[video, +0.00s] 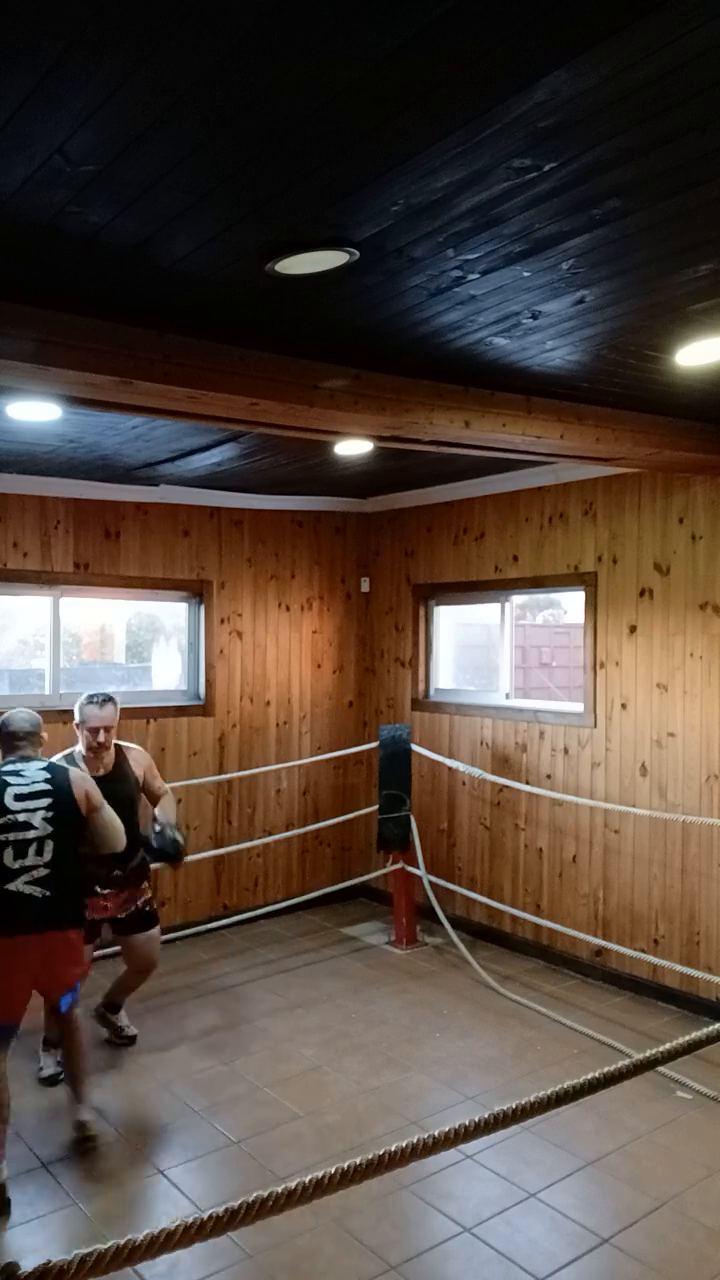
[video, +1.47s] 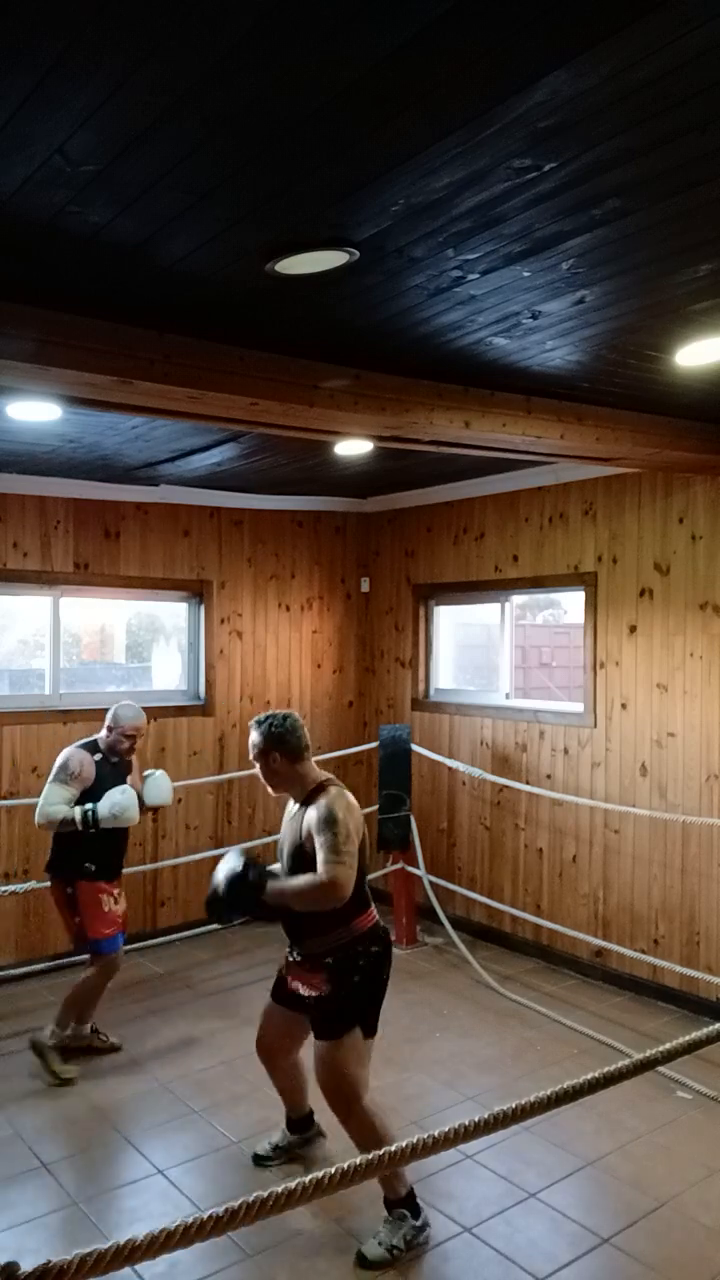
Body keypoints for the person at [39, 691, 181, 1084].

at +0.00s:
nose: (100, 739)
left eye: (107, 730)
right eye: (92, 731)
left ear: (117, 727)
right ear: (76, 727)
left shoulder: (136, 759)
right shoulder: (60, 770)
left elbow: (162, 796)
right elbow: (45, 824)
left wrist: (167, 829)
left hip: (130, 882)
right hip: (79, 887)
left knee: (146, 961)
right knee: (70, 970)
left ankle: (109, 1008)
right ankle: (51, 1045)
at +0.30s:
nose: (167, 750)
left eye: (173, 741)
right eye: (159, 741)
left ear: (179, 738)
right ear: (139, 734)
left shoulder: (189, 768)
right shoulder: (112, 773)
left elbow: (214, 814)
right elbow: (87, 832)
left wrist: (231, 854)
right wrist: (89, 881)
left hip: (174, 881)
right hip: (120, 886)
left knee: (205, 957)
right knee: (83, 971)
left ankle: (216, 1042)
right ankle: (54, 1048)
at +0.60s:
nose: (217, 738)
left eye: (226, 729)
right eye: (210, 728)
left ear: (238, 725)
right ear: (197, 721)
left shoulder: (254, 759)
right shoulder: (170, 758)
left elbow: (276, 806)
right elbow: (141, 806)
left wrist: (288, 857)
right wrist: (129, 857)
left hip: (227, 871)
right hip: (176, 871)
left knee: (224, 960)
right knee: (184, 962)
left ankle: (218, 1043)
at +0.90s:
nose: (233, 758)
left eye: (240, 748)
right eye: (224, 750)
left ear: (258, 737)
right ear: (216, 745)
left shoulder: (287, 775)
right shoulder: (201, 786)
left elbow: (326, 824)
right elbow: (176, 843)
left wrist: (274, 819)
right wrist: (166, 897)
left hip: (275, 904)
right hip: (224, 906)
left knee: (261, 990)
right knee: (251, 1004)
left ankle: (225, 1032)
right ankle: (265, 1114)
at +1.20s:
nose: (231, 750)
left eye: (236, 740)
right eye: (227, 741)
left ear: (266, 727)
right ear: (232, 736)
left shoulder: (313, 766)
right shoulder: (238, 773)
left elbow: (337, 829)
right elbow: (222, 831)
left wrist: (272, 802)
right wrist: (207, 879)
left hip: (316, 908)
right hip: (260, 911)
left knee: (320, 1020)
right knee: (263, 1022)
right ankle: (265, 1121)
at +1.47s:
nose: (257, 773)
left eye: (258, 763)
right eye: (255, 763)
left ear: (281, 759)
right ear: (288, 754)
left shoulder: (335, 807)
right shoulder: (299, 803)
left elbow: (337, 886)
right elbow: (302, 874)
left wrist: (262, 888)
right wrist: (255, 882)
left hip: (353, 953)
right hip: (310, 951)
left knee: (340, 1087)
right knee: (274, 1046)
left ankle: (405, 1210)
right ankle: (302, 1129)